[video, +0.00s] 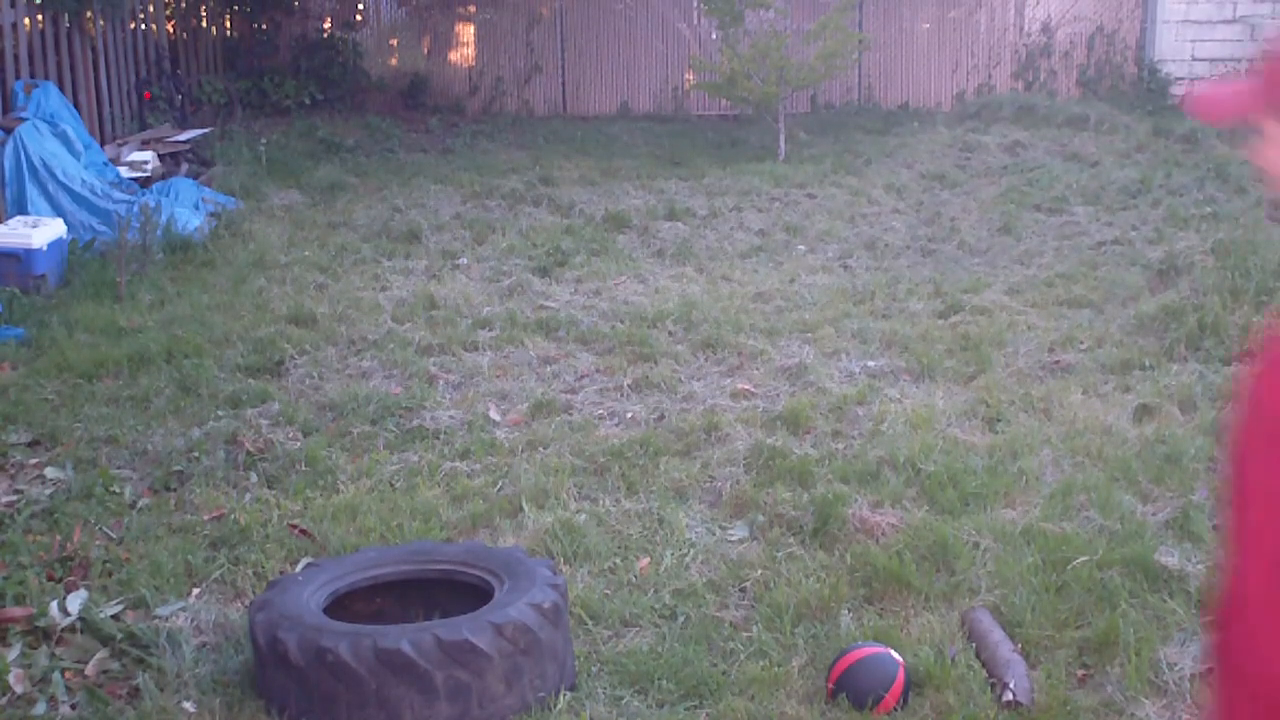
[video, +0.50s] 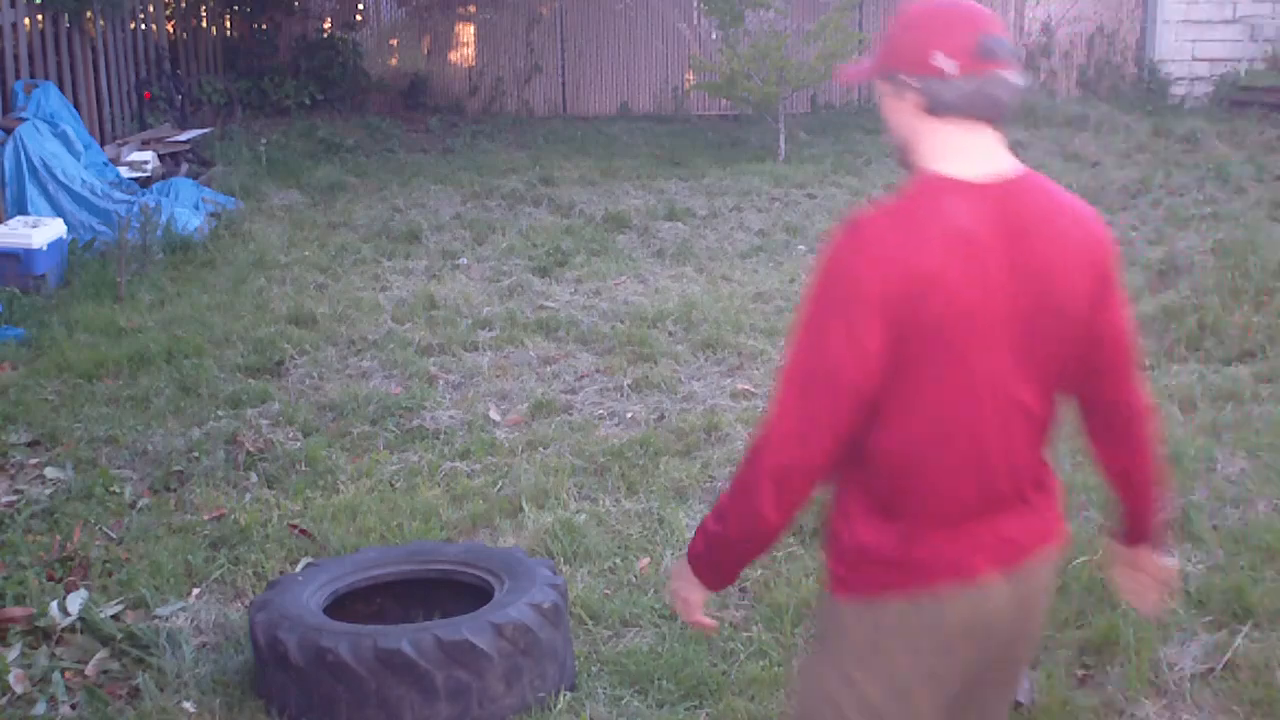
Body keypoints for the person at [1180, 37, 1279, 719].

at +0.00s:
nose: (1254, 157)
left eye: (1261, 133)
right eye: (1253, 134)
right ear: (1256, 137)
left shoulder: (1267, 367)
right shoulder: (1262, 360)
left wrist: (1247, 696)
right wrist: (1241, 692)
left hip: (1258, 690)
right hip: (1250, 684)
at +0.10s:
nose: (1159, 111)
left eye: (1168, 89)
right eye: (1161, 90)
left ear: (1224, 98)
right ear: (1233, 97)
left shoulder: (1213, 293)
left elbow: (1159, 559)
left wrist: (1043, 696)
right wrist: (1056, 681)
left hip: (1210, 695)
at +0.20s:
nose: (1074, 100)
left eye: (1084, 79)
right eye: (1076, 79)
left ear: (1133, 89)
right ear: (1216, 81)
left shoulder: (1117, 267)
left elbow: (1031, 512)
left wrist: (871, 628)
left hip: (1140, 678)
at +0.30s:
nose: (997, 121)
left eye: (1004, 102)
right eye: (999, 101)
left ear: (1046, 110)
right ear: (1137, 101)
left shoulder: (1028, 284)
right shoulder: (1240, 253)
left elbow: (926, 490)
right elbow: (1272, 442)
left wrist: (769, 571)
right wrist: (1278, 599)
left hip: (1052, 656)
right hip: (1181, 627)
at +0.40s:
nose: (938, 133)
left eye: (942, 114)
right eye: (940, 113)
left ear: (973, 120)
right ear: (1064, 116)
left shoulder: (945, 280)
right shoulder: (1149, 257)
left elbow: (852, 481)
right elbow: (1208, 441)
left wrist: (708, 557)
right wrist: (1246, 572)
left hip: (971, 641)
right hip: (1088, 612)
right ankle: (888, 690)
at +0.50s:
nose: (881, 110)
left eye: (884, 93)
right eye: (881, 94)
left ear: (910, 98)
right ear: (996, 95)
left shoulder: (881, 243)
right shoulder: (1076, 228)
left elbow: (800, 438)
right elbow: (1116, 397)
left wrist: (706, 561)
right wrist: (1145, 528)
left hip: (902, 591)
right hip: (1028, 567)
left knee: (841, 704)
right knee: (984, 708)